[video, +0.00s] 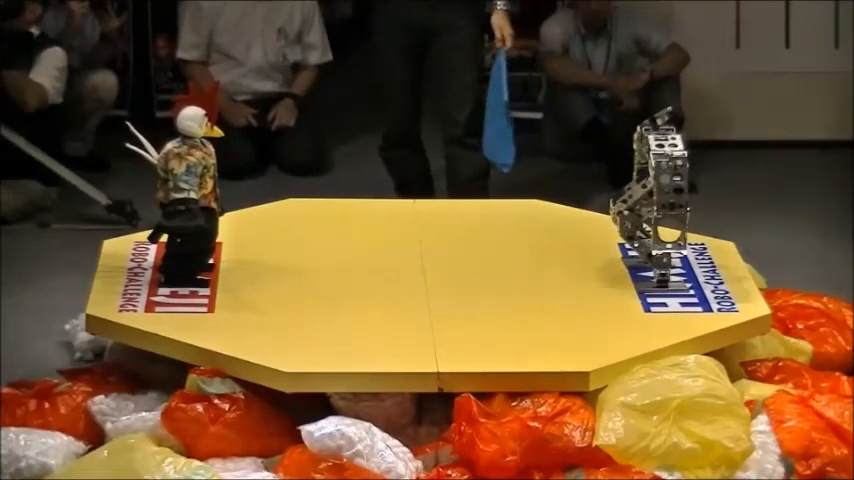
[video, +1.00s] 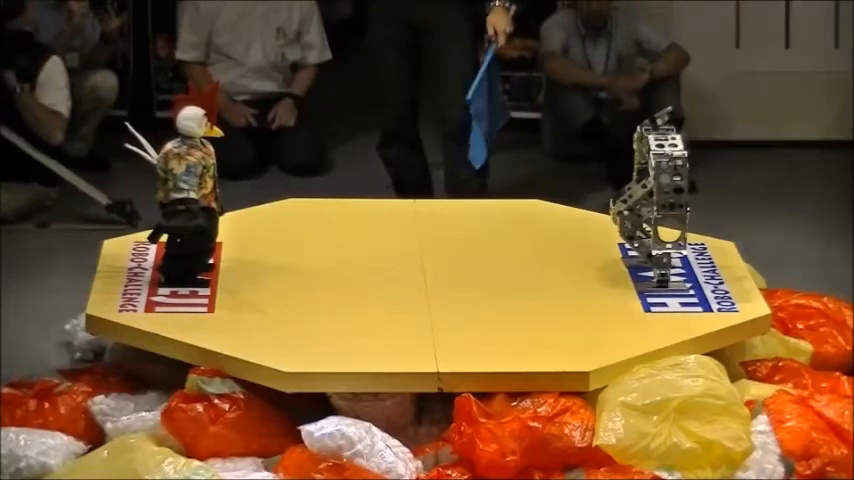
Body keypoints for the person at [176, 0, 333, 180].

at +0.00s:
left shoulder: (302, 5)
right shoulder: (202, 5)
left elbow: (312, 61)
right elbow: (191, 60)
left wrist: (292, 100)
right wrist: (226, 105)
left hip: (280, 98)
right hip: (228, 102)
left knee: (306, 160)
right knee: (237, 163)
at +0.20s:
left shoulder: (302, 5)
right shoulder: (202, 5)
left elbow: (312, 61)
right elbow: (191, 60)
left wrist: (292, 100)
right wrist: (226, 105)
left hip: (281, 98)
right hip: (228, 102)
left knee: (306, 160)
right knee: (237, 163)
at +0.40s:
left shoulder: (302, 5)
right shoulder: (202, 5)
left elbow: (312, 60)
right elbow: (191, 60)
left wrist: (291, 100)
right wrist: (226, 105)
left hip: (280, 98)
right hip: (227, 102)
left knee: (306, 160)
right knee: (237, 163)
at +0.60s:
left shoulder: (301, 5)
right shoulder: (202, 5)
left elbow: (312, 61)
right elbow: (191, 60)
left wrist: (291, 100)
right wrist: (226, 105)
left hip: (280, 98)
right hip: (228, 102)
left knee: (306, 160)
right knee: (237, 163)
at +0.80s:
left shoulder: (302, 4)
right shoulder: (201, 5)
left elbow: (311, 61)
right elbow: (191, 61)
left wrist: (291, 100)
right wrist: (226, 105)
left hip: (280, 98)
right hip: (228, 102)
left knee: (306, 161)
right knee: (237, 164)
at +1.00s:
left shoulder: (302, 5)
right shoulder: (202, 5)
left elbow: (310, 60)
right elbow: (191, 61)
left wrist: (291, 100)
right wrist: (226, 105)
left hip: (280, 99)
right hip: (227, 102)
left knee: (306, 161)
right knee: (238, 164)